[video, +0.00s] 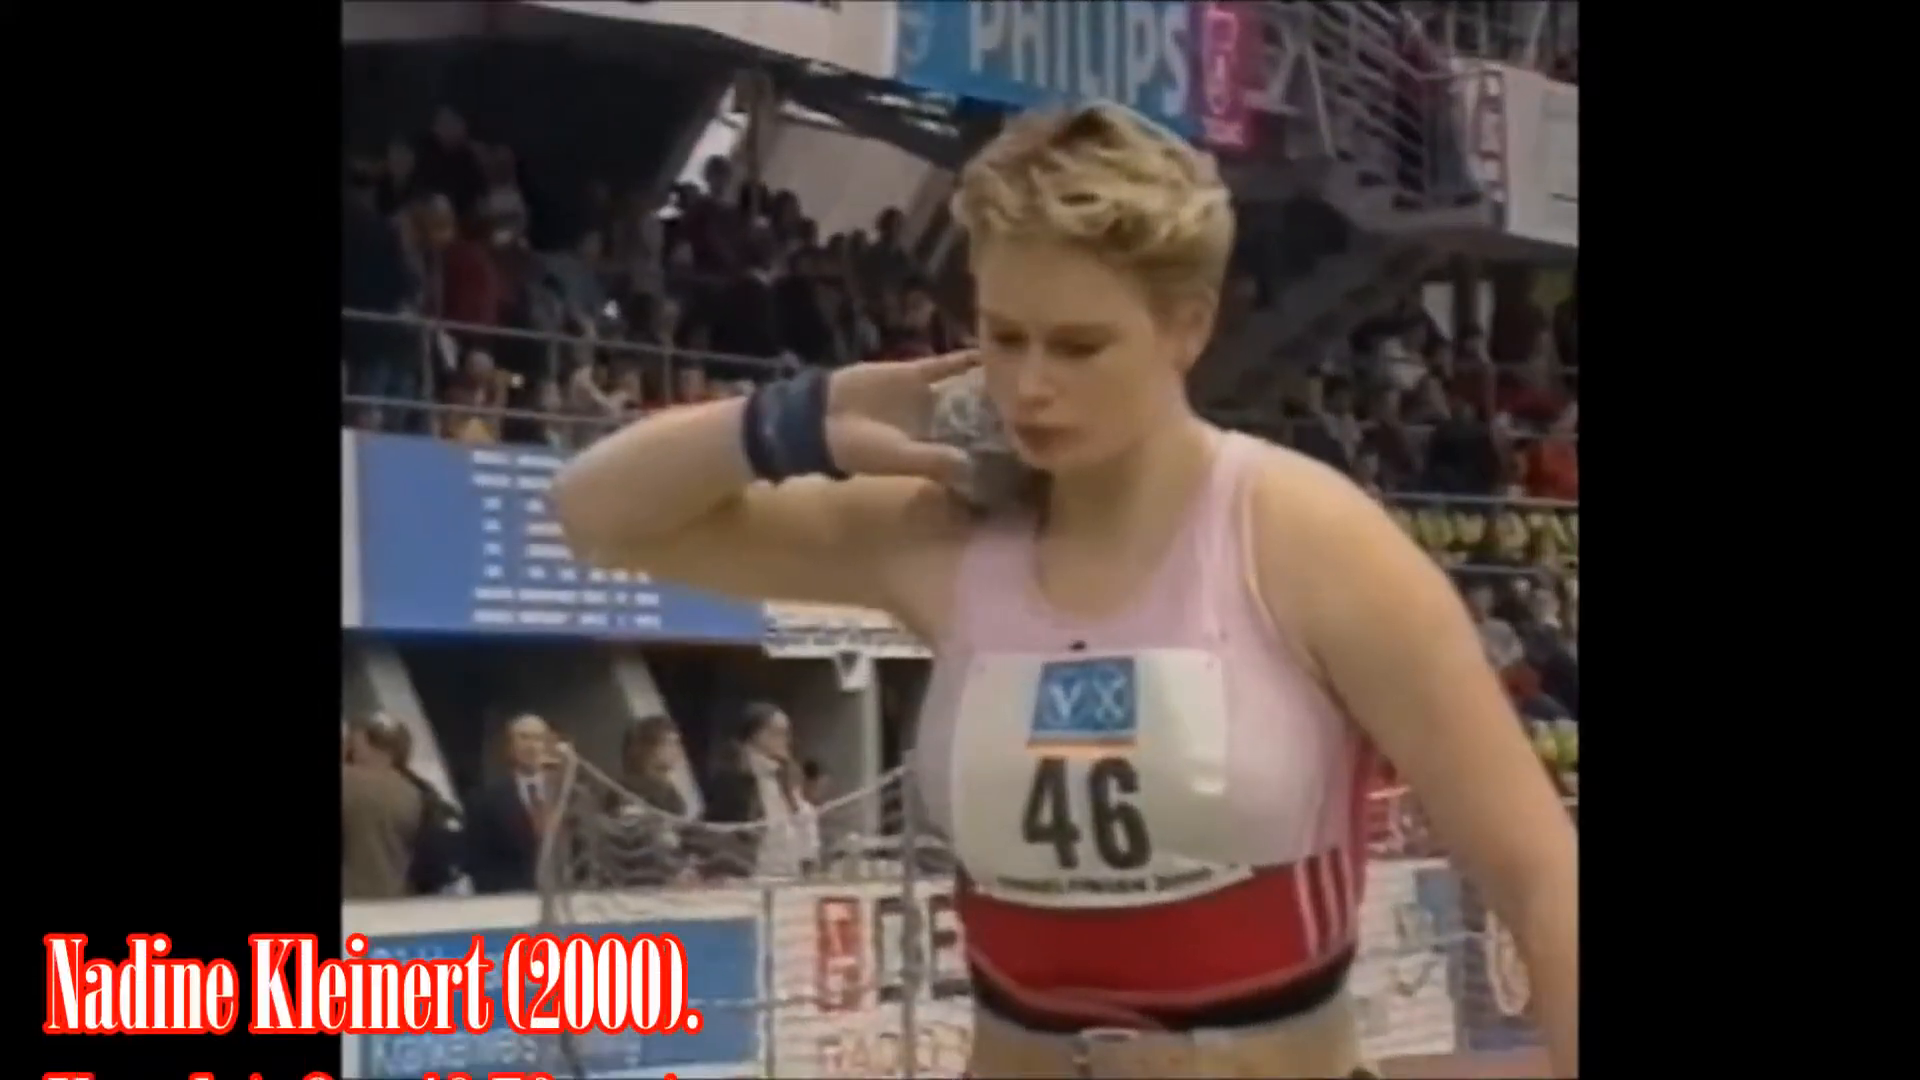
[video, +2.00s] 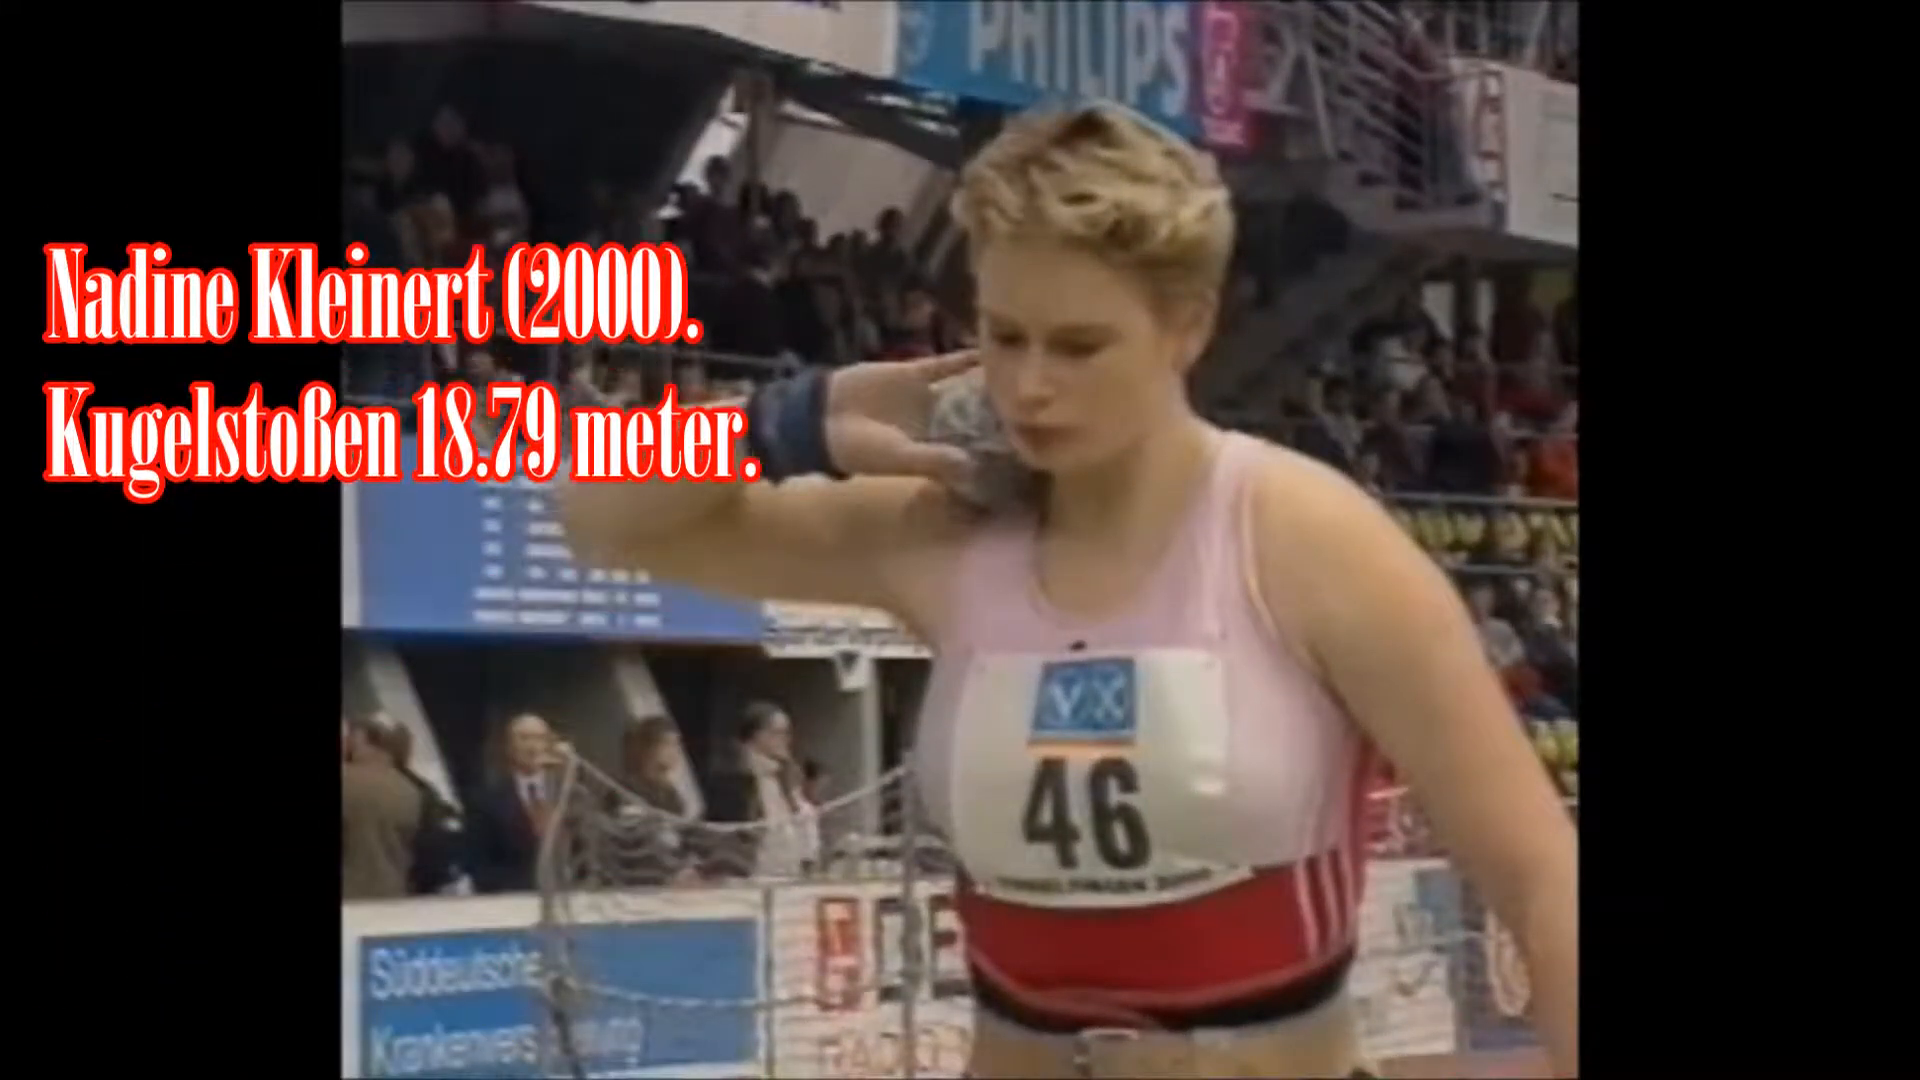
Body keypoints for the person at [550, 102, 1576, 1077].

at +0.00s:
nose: (1028, 387)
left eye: (1079, 344)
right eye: (1004, 339)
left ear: (1186, 328)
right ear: (974, 324)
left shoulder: (1304, 534)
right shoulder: (928, 534)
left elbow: (1539, 875)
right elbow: (598, 513)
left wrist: (1563, 1061)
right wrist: (813, 419)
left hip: (1268, 1055)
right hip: (1016, 1053)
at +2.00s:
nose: (1027, 387)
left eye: (1079, 344)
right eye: (1004, 338)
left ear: (1187, 327)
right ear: (973, 323)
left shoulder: (1301, 532)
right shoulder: (928, 534)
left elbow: (1538, 874)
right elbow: (608, 519)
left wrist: (1564, 1061)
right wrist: (812, 420)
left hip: (1272, 1055)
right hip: (1017, 1053)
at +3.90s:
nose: (1049, 381)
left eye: (1087, 344)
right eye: (1014, 338)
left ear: (1187, 326)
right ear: (970, 319)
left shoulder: (1312, 538)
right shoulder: (949, 539)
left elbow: (1539, 876)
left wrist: (1561, 1051)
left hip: (1269, 1050)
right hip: (1011, 1048)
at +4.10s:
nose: (835, 562)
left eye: (879, 513)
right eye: (802, 514)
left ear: (982, 481)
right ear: (771, 499)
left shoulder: (1149, 634)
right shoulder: (781, 743)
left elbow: (1410, 879)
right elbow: (560, 910)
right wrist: (608, 638)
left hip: (1221, 1067)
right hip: (946, 1064)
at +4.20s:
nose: (873, 549)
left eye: (914, 501)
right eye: (843, 503)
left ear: (1020, 475)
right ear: (813, 491)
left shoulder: (1178, 625)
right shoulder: (824, 735)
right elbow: (583, 953)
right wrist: (655, 653)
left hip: (1282, 1068)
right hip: (1006, 1073)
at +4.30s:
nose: (896, 534)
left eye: (939, 486)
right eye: (867, 490)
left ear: (1044, 459)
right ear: (835, 481)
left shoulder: (1193, 619)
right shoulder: (845, 723)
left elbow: (1521, 854)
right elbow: (591, 943)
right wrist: (702, 641)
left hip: (1281, 1058)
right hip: (1025, 1064)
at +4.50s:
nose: (981, 496)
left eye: (1027, 453)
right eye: (954, 453)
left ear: (1133, 439)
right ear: (929, 454)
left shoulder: (1260, 604)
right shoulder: (921, 705)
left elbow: (1519, 871)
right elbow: (623, 855)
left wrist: (1558, 1043)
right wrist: (801, 603)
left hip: (1315, 1052)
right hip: (1074, 1063)